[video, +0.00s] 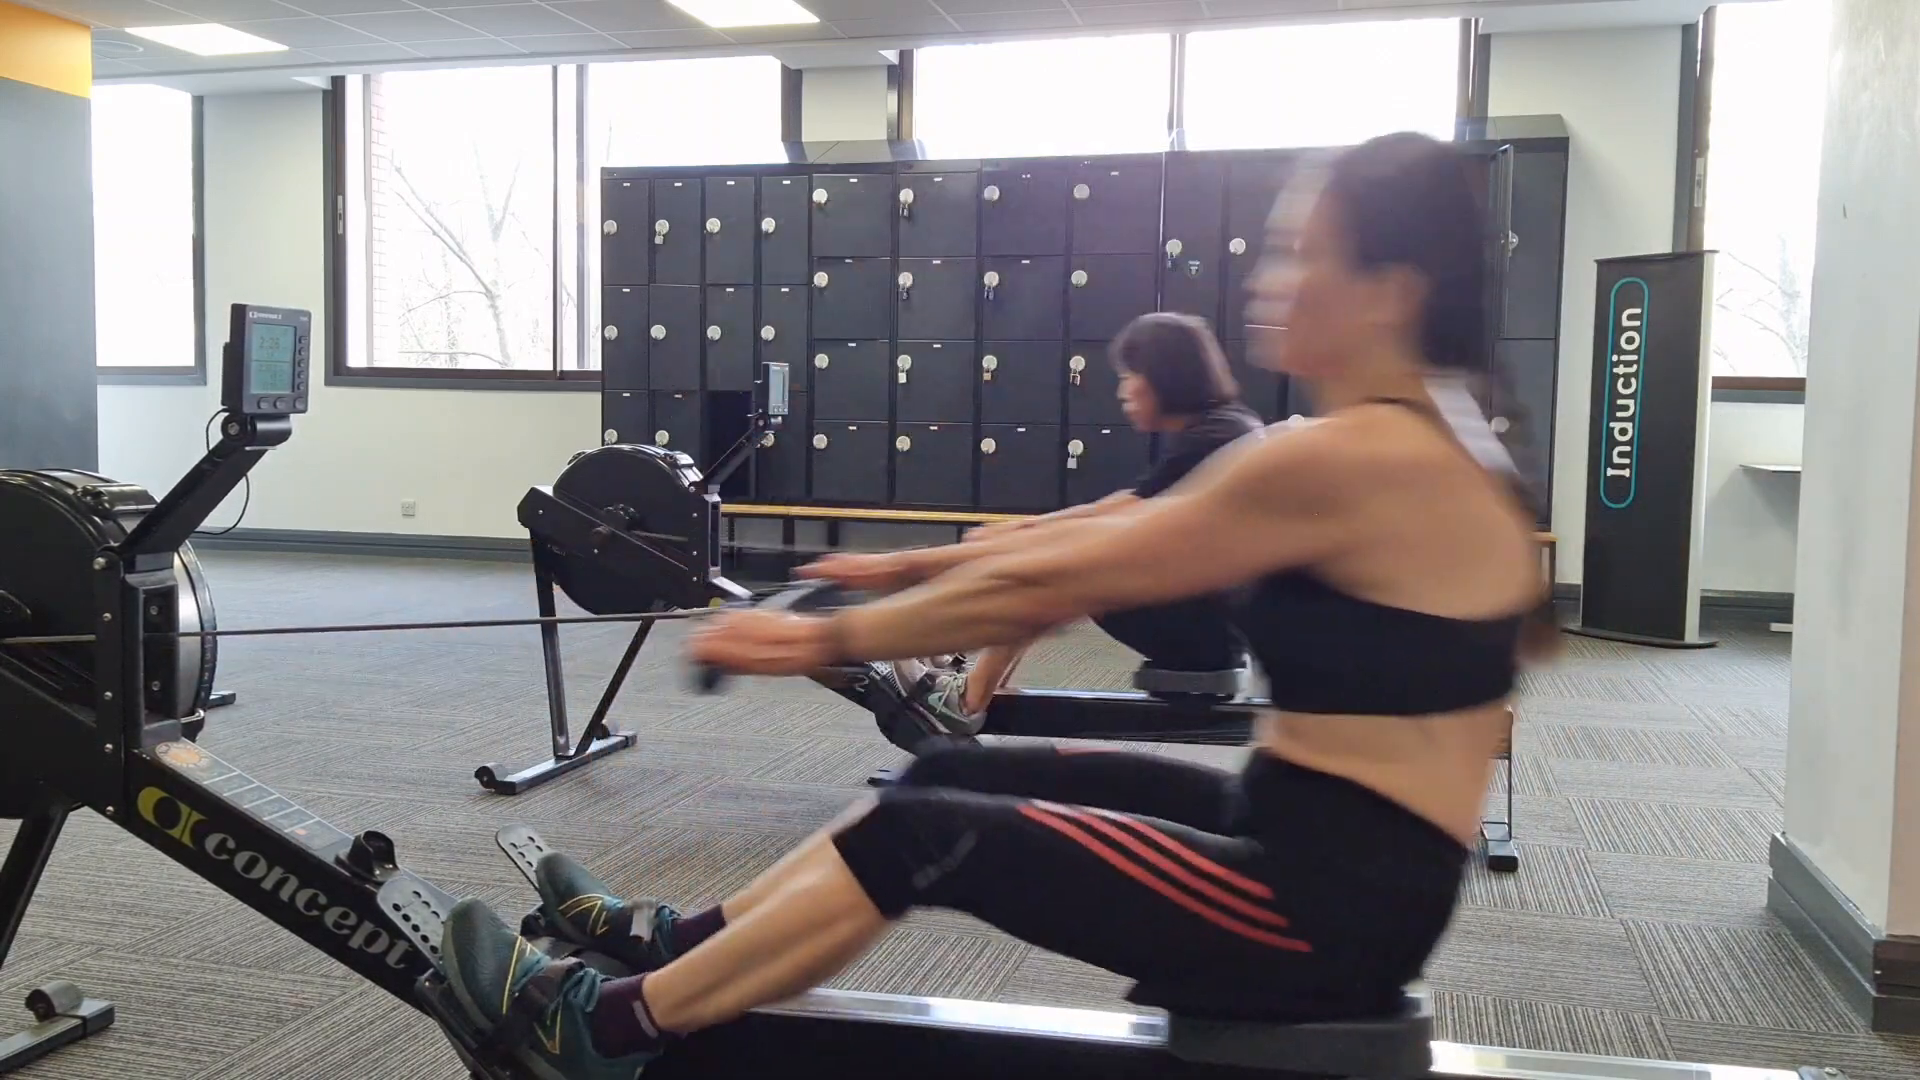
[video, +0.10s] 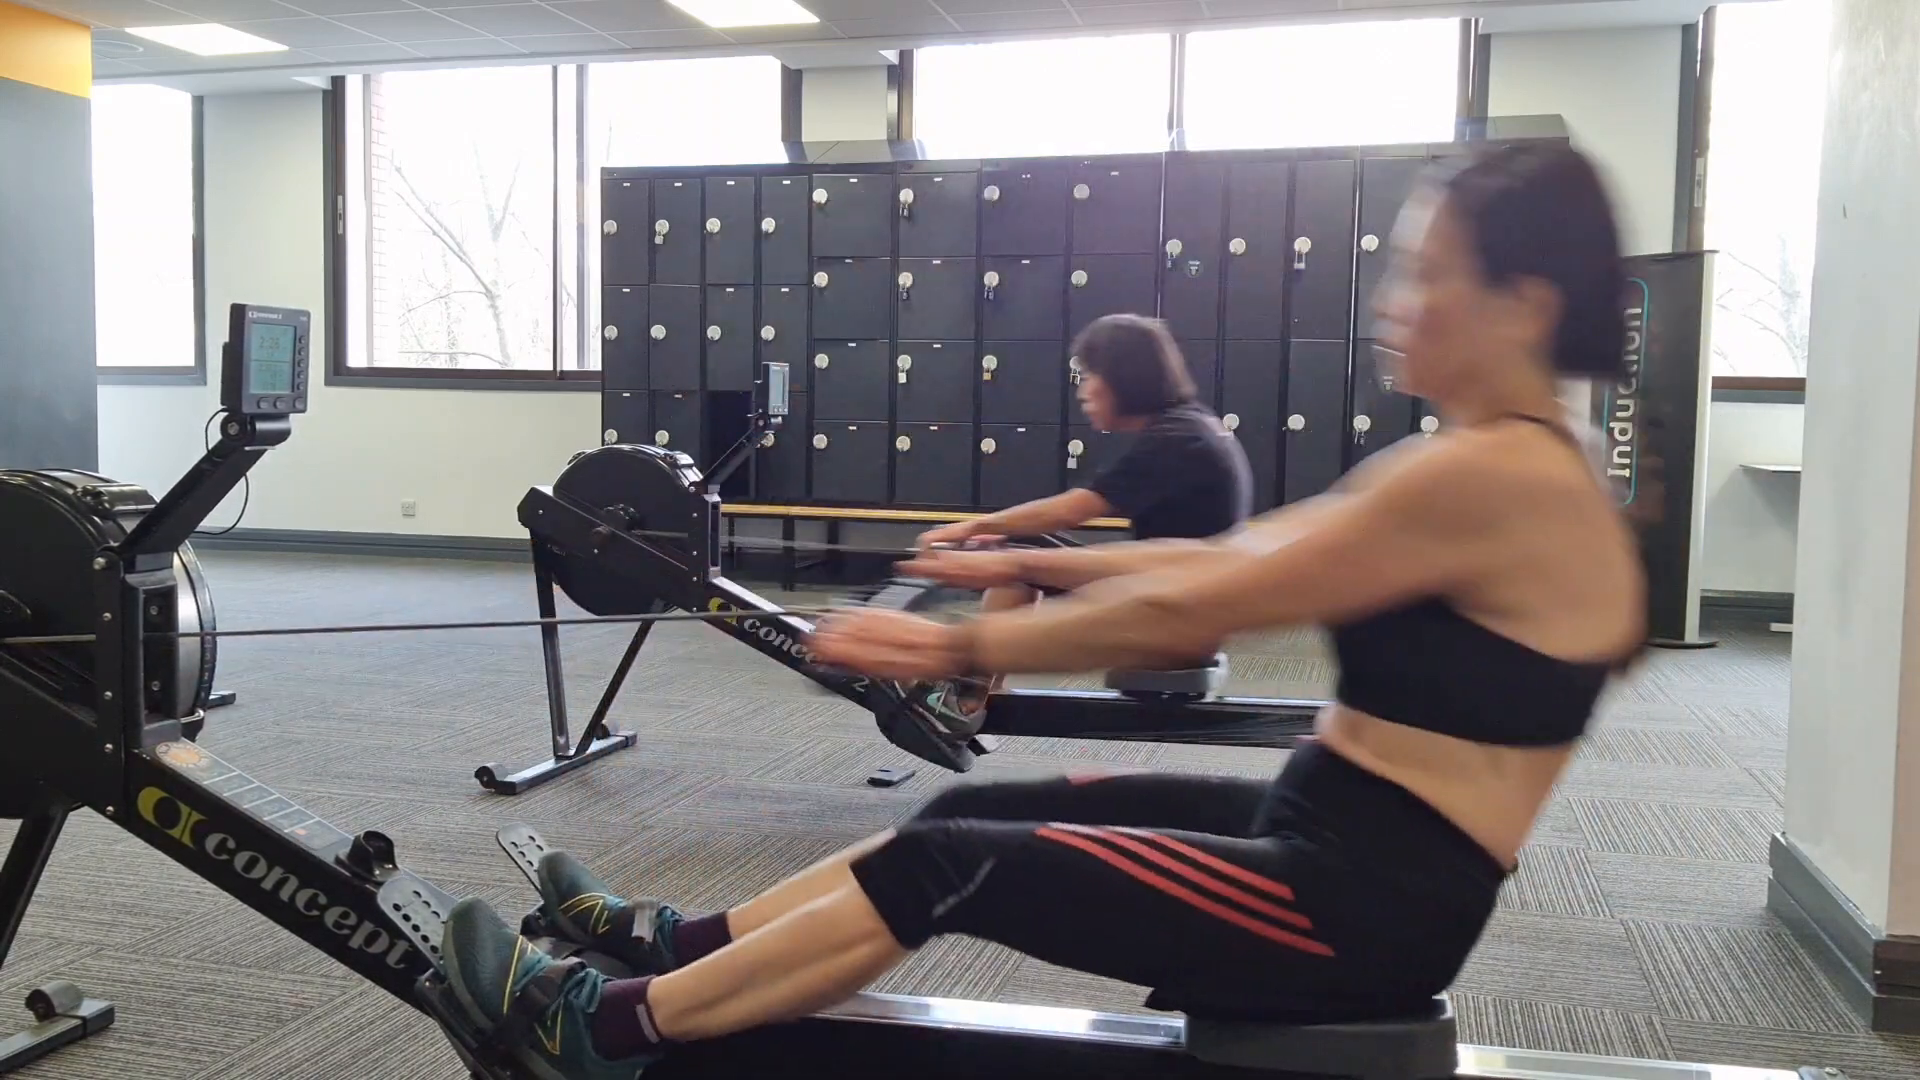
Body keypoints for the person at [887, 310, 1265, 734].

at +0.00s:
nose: (1121, 392)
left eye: (1129, 376)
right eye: (1121, 378)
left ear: (1166, 379)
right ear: (1176, 378)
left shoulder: (1212, 442)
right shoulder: (1204, 435)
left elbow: (1109, 516)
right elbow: (1101, 510)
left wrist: (1008, 540)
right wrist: (1015, 532)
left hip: (1204, 638)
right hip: (1201, 627)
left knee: (1066, 562)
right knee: (1062, 548)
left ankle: (972, 700)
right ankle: (979, 692)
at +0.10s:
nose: (1081, 393)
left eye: (1087, 378)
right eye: (1081, 380)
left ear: (1124, 379)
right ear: (1143, 376)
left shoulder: (1171, 442)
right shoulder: (1192, 429)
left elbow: (1073, 508)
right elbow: (1084, 507)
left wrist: (969, 526)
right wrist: (1003, 531)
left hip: (1176, 605)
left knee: (1019, 559)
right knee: (1027, 549)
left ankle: (970, 696)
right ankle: (978, 687)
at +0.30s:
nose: (1006, 394)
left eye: (1013, 380)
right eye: (1006, 381)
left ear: (1047, 383)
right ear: (1064, 381)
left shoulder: (1091, 442)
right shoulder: (1117, 429)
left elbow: (980, 504)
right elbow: (1007, 507)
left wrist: (876, 532)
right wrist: (942, 538)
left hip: (1120, 627)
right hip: (1139, 619)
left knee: (976, 538)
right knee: (994, 533)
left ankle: (966, 700)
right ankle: (984, 691)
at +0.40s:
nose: (973, 397)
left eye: (979, 383)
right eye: (974, 384)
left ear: (1013, 384)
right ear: (1030, 383)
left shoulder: (1054, 442)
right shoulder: (1079, 430)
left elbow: (939, 503)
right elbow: (975, 504)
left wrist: (840, 533)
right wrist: (899, 539)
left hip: (1096, 628)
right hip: (1111, 621)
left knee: (957, 534)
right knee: (973, 529)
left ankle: (968, 694)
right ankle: (986, 681)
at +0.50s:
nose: (946, 401)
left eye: (952, 386)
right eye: (947, 387)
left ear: (985, 387)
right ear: (1004, 385)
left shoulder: (1025, 442)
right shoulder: (1053, 432)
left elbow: (909, 502)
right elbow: (943, 502)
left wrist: (810, 530)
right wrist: (867, 536)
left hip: (1077, 630)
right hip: (1092, 622)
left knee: (939, 531)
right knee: (954, 526)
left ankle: (967, 695)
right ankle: (987, 677)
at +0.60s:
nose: (929, 399)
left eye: (936, 385)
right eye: (931, 386)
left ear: (966, 388)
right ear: (992, 385)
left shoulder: (999, 446)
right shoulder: (1035, 432)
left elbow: (884, 498)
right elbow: (928, 500)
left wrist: (785, 521)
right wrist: (839, 525)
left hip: (1061, 631)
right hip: (1078, 621)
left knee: (926, 535)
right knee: (947, 526)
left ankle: (966, 687)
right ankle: (980, 672)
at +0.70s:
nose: (925, 401)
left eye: (930, 387)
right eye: (927, 388)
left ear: (959, 389)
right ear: (990, 384)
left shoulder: (994, 440)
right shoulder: (1031, 430)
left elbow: (874, 486)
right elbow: (913, 489)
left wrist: (774, 500)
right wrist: (825, 505)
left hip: (1045, 611)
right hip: (1069, 602)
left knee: (922, 531)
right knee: (943, 520)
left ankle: (969, 684)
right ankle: (976, 667)